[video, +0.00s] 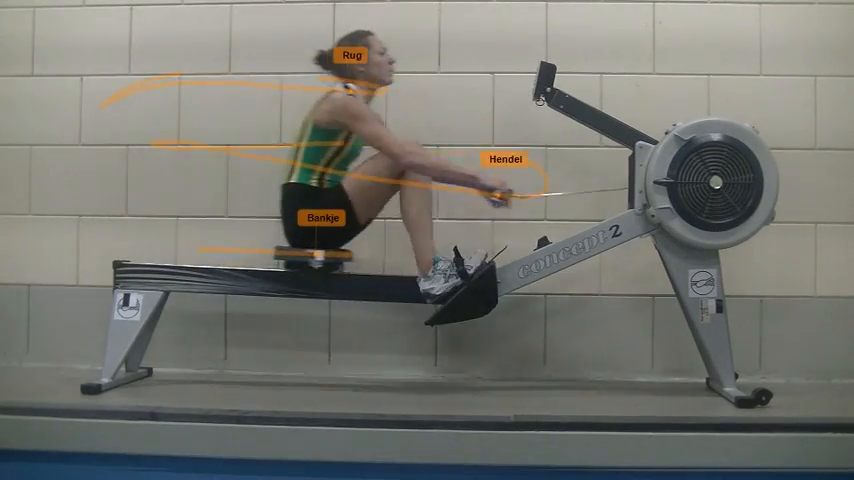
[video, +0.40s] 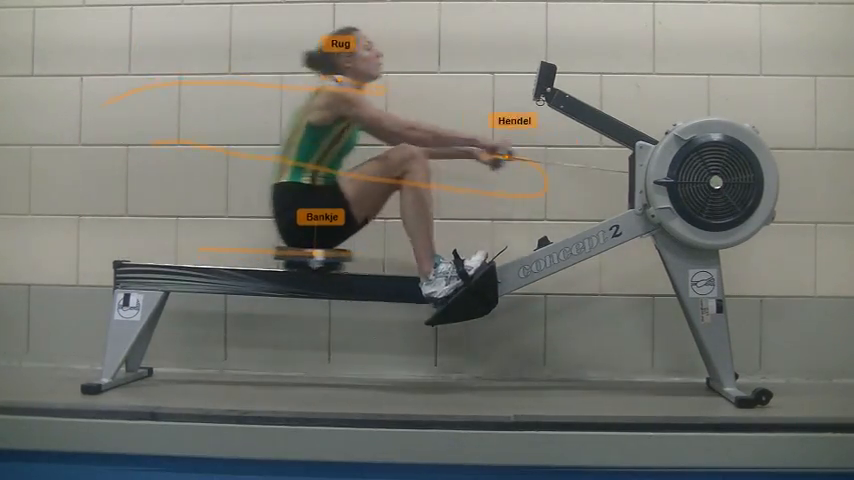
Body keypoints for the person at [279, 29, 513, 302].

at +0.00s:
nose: (391, 59)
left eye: (386, 52)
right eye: (381, 54)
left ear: (361, 66)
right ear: (358, 64)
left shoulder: (353, 105)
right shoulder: (345, 104)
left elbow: (411, 157)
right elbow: (408, 156)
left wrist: (477, 183)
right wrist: (478, 180)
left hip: (315, 215)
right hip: (308, 217)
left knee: (407, 159)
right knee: (406, 163)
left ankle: (432, 268)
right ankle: (430, 275)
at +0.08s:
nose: (408, 59)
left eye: (403, 52)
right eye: (398, 54)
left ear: (379, 68)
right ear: (376, 65)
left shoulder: (370, 105)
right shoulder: (365, 106)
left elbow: (433, 157)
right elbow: (433, 156)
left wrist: (500, 183)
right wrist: (502, 182)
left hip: (329, 216)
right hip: (326, 218)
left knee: (421, 157)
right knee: (421, 158)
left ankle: (432, 264)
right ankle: (430, 272)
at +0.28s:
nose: (414, 57)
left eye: (409, 50)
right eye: (404, 52)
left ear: (384, 67)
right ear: (384, 65)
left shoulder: (377, 102)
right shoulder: (375, 103)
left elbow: (446, 142)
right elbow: (450, 146)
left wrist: (513, 161)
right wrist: (514, 164)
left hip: (335, 214)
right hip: (333, 216)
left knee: (426, 153)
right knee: (434, 158)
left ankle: (435, 262)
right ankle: (429, 274)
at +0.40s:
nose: (378, 53)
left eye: (373, 46)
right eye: (367, 49)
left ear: (347, 64)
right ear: (346, 63)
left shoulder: (342, 98)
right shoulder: (338, 96)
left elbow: (411, 144)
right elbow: (407, 133)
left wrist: (474, 153)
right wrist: (480, 141)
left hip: (309, 211)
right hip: (303, 213)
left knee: (406, 157)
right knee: (409, 159)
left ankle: (432, 269)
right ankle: (431, 276)